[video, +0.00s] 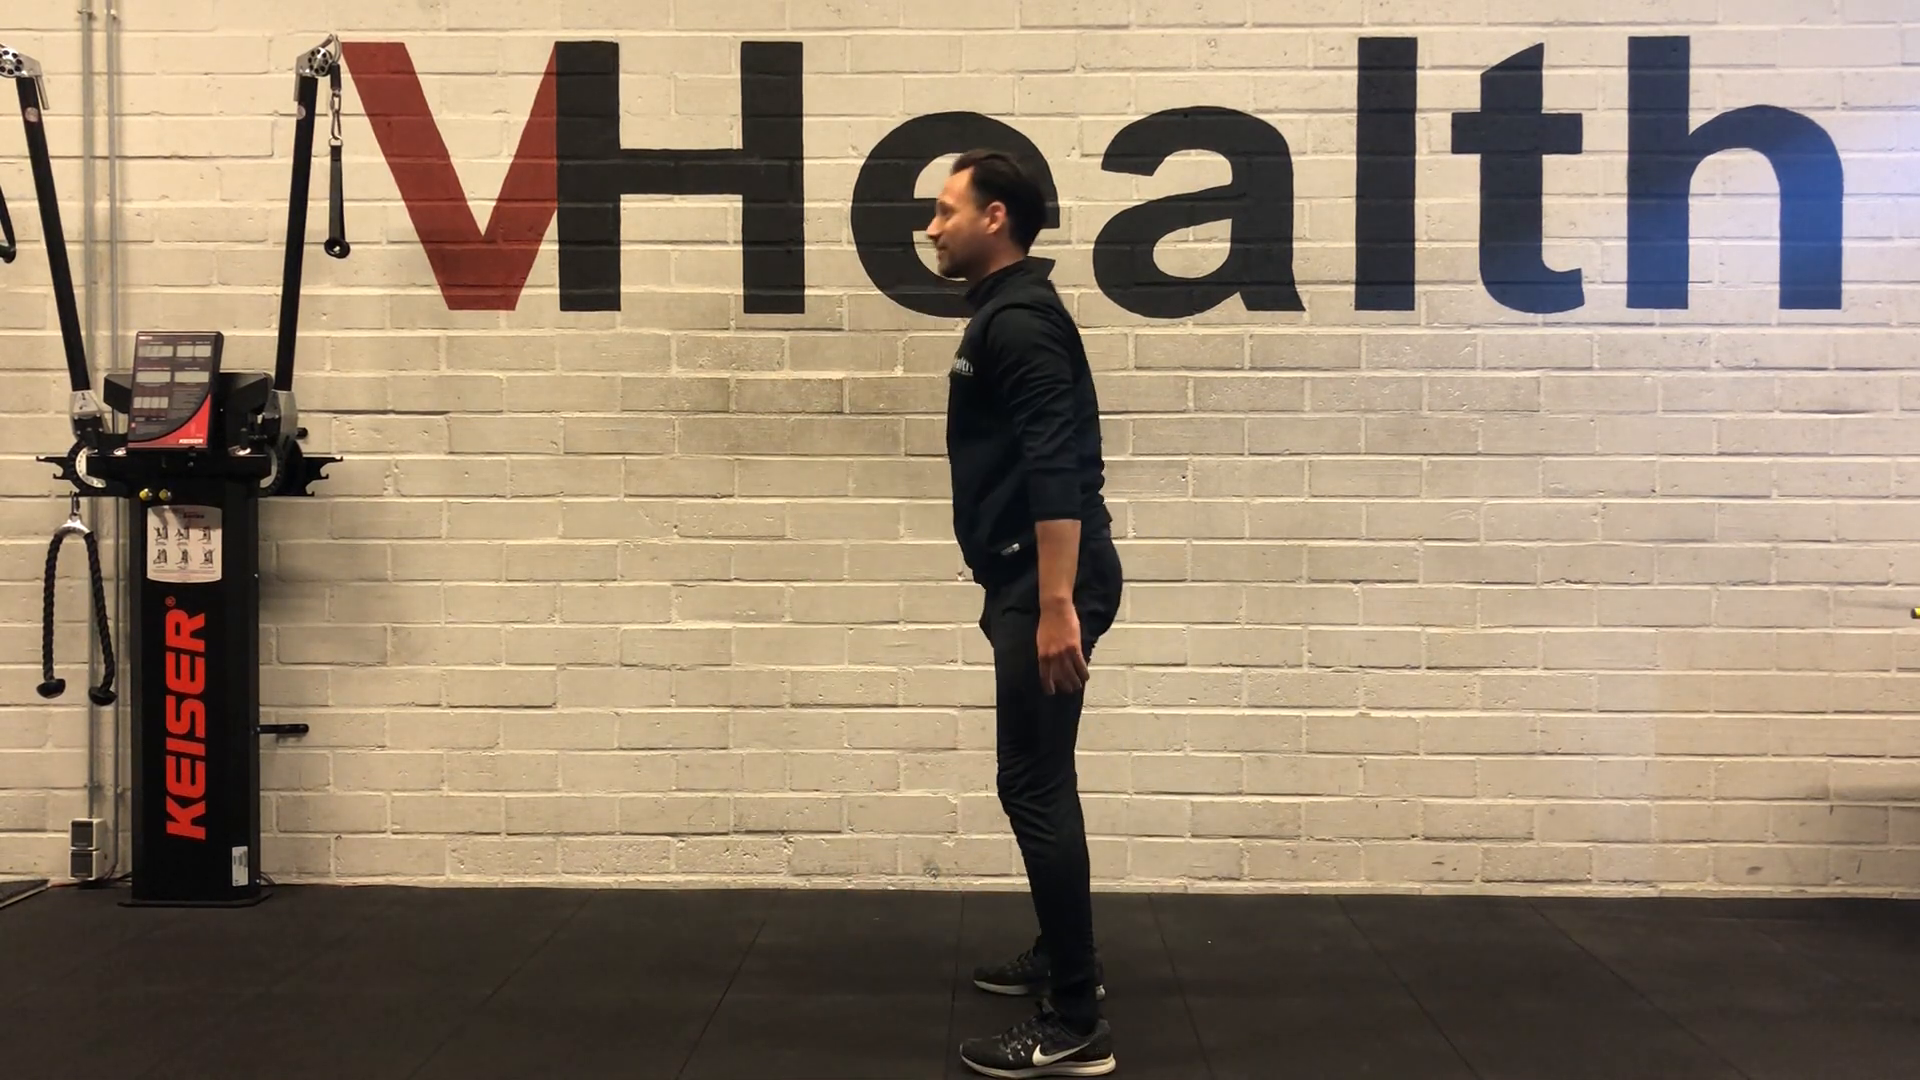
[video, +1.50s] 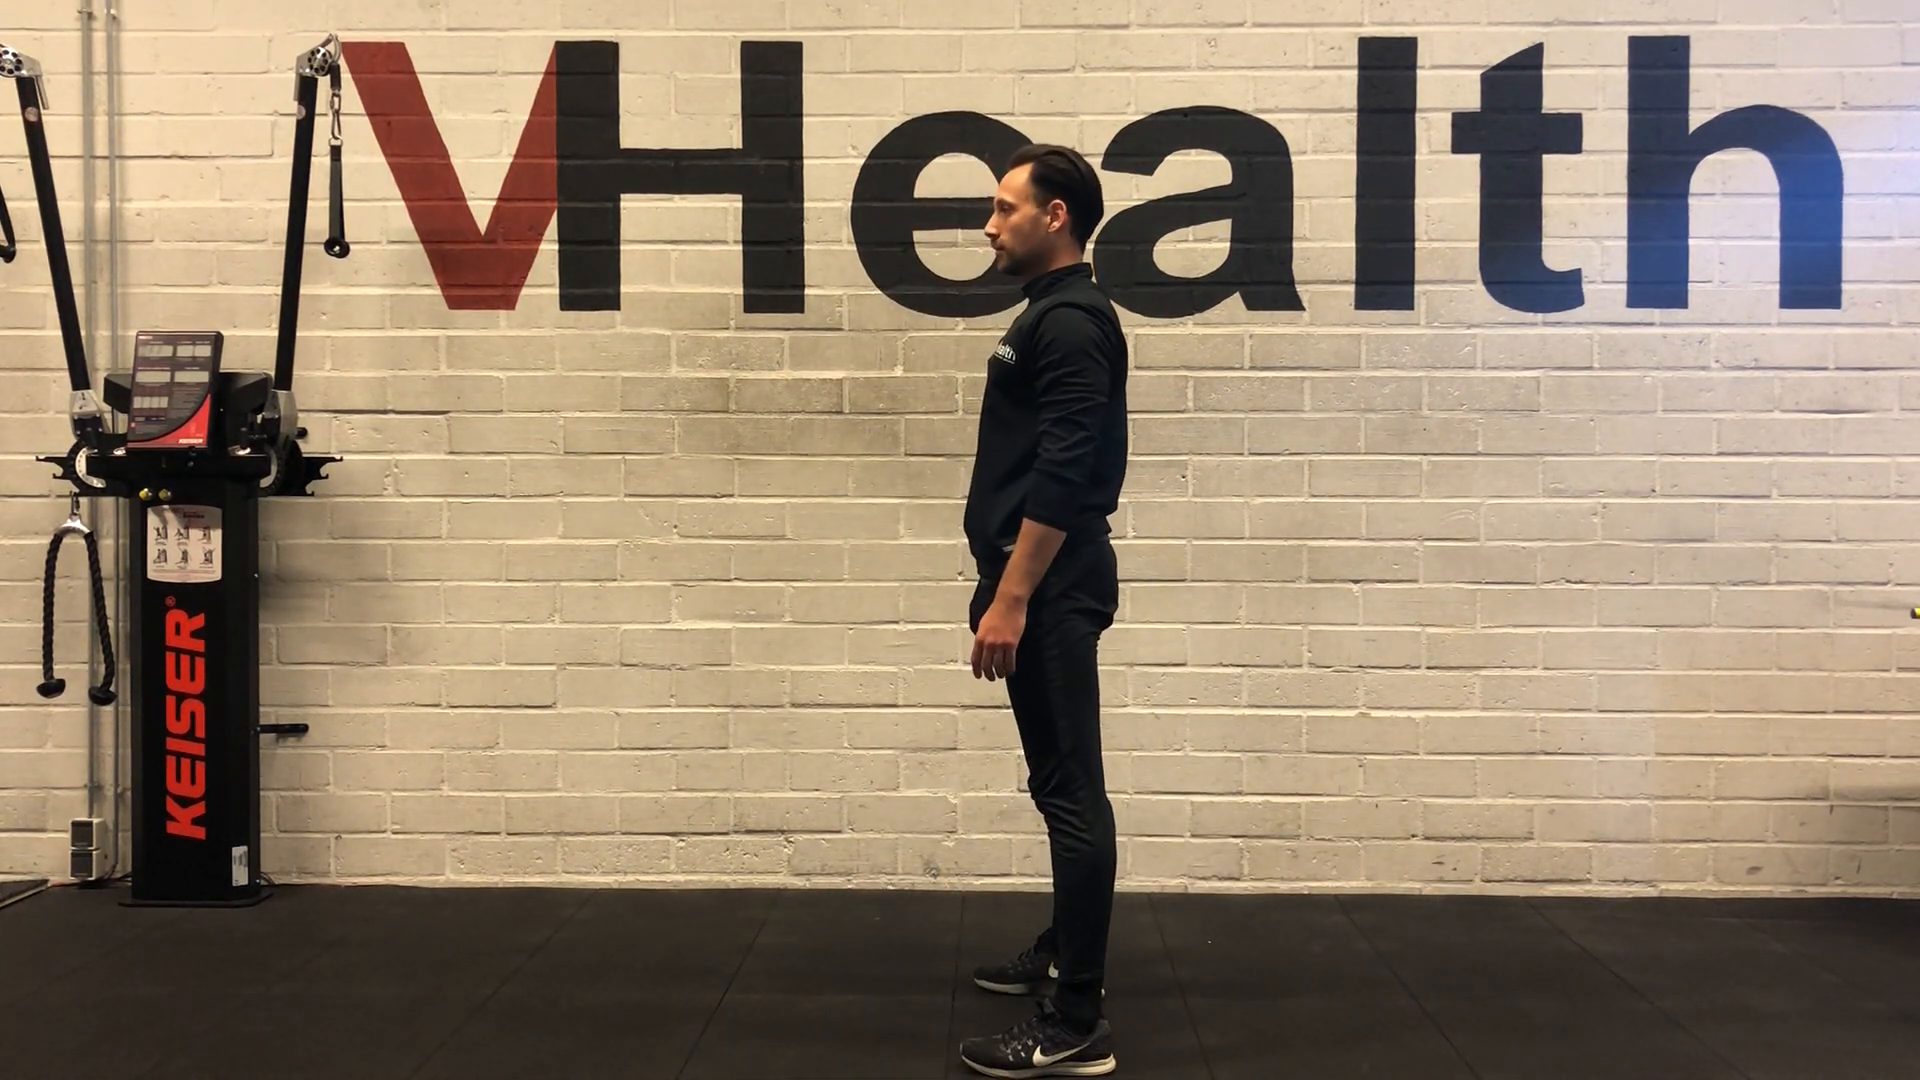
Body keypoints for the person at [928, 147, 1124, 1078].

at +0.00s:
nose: (930, 225)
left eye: (944, 209)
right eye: (933, 209)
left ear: (997, 220)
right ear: (993, 222)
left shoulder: (1021, 319)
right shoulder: (1004, 313)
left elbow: (1058, 465)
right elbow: (1040, 462)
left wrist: (1056, 602)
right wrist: (1027, 594)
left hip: (1043, 592)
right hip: (1029, 586)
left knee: (1036, 790)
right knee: (1036, 783)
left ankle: (1076, 1018)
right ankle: (1063, 958)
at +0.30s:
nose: (969, 214)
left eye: (985, 201)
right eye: (975, 199)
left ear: (1034, 218)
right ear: (1033, 220)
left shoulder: (1039, 316)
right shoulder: (1033, 307)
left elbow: (1042, 468)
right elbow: (1061, 459)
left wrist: (995, 600)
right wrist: (1009, 585)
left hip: (1036, 589)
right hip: (1030, 585)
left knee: (1057, 793)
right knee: (1050, 786)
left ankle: (1077, 1016)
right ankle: (1066, 956)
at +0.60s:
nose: (981, 212)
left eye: (997, 200)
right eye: (987, 198)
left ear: (1042, 218)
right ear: (1040, 219)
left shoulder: (1049, 319)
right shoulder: (1034, 310)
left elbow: (1042, 471)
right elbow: (1052, 464)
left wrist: (987, 597)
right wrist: (991, 583)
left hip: (1031, 591)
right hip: (1021, 587)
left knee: (1062, 794)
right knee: (1052, 786)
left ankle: (1077, 1013)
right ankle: (1065, 951)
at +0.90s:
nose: (986, 214)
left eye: (1002, 201)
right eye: (992, 200)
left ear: (1049, 218)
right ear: (1048, 219)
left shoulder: (1060, 321)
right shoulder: (1042, 311)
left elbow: (1050, 476)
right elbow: (1040, 469)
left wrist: (995, 598)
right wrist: (996, 590)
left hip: (1041, 586)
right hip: (1030, 582)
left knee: (1066, 793)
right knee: (1056, 785)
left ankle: (1077, 1018)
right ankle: (1065, 954)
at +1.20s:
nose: (989, 219)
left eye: (1003, 206)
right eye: (993, 204)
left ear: (1052, 217)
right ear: (1050, 217)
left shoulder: (1069, 321)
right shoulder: (1049, 311)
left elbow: (1057, 476)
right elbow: (1047, 469)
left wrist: (1000, 596)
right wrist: (1000, 589)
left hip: (1050, 585)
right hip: (1038, 580)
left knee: (1070, 793)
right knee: (1060, 784)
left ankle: (1075, 1017)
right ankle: (1067, 953)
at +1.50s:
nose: (991, 223)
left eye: (1005, 209)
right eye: (994, 207)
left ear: (1055, 218)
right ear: (1052, 218)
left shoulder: (1075, 322)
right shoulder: (1054, 313)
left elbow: (1066, 477)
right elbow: (1051, 470)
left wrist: (1011, 598)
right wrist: (1005, 589)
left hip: (1055, 586)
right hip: (1043, 582)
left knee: (1070, 794)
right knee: (1062, 785)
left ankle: (1075, 1018)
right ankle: (1068, 954)